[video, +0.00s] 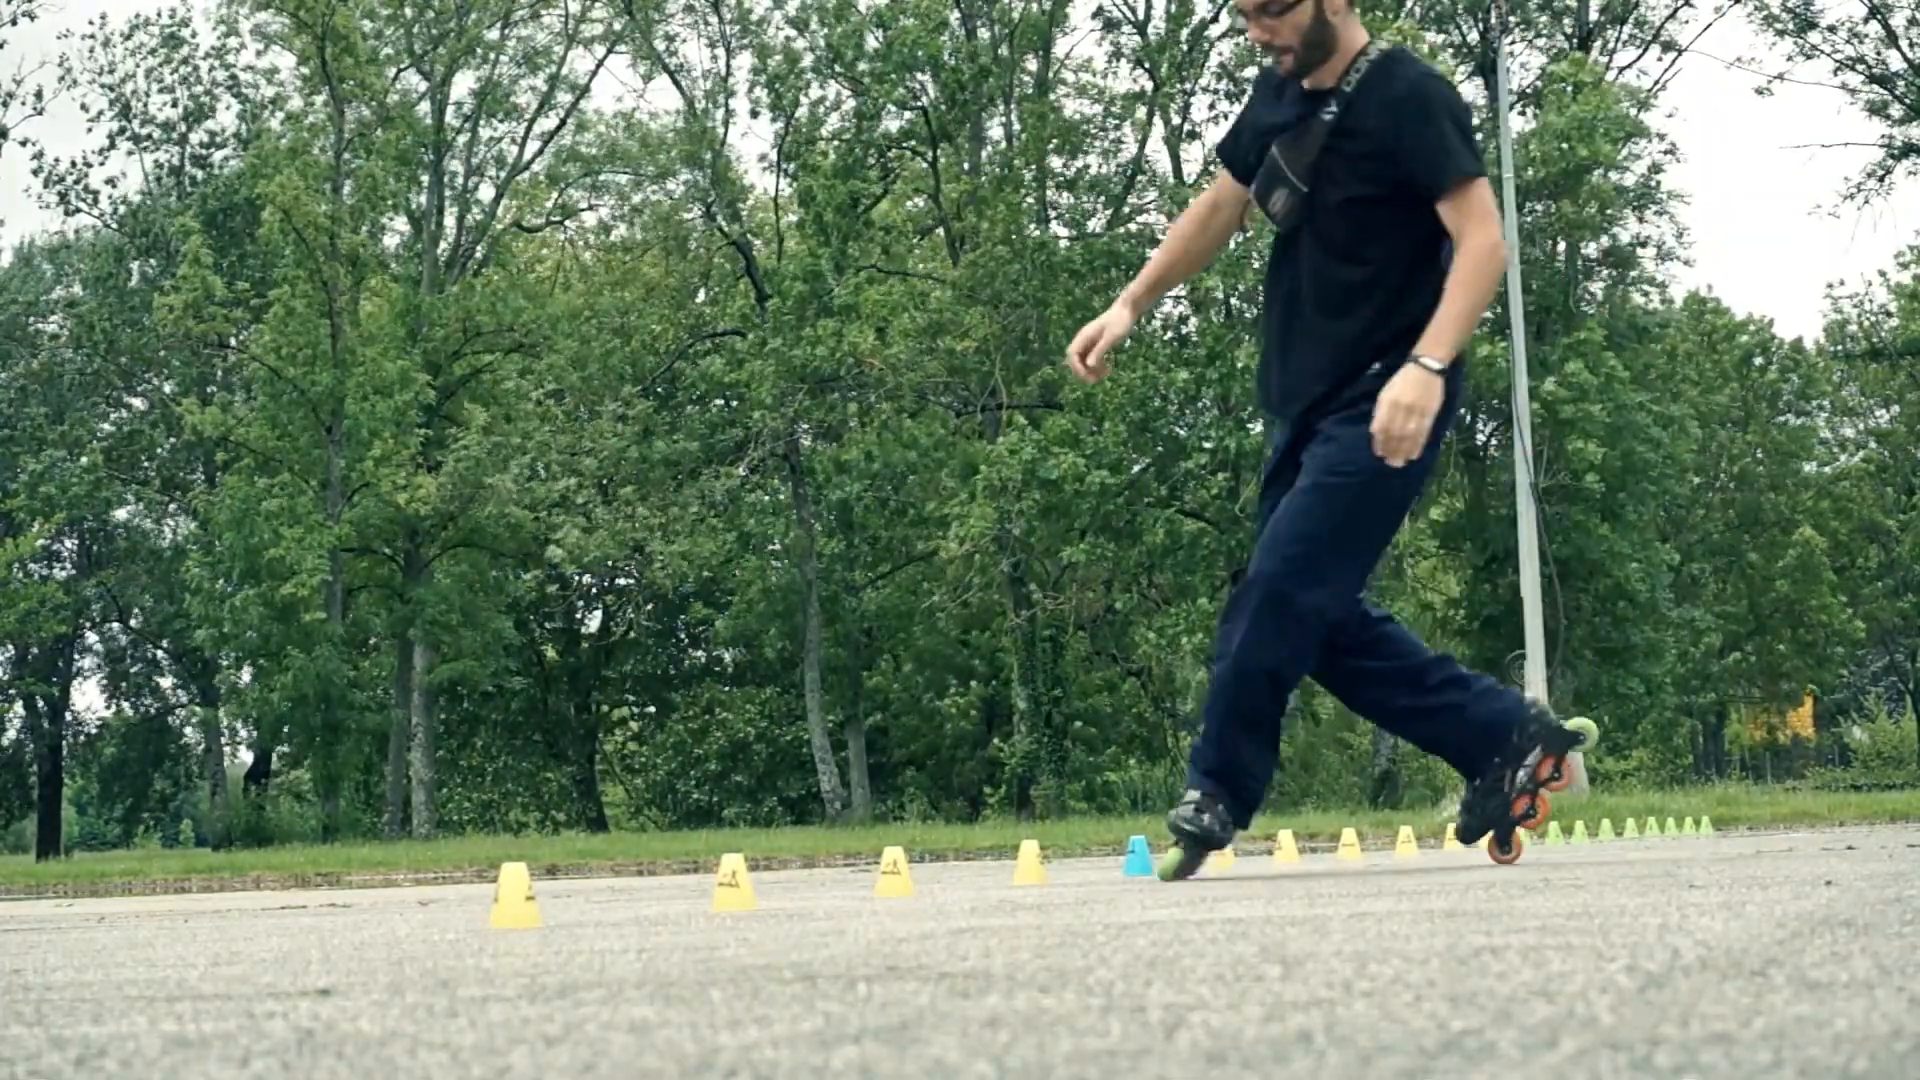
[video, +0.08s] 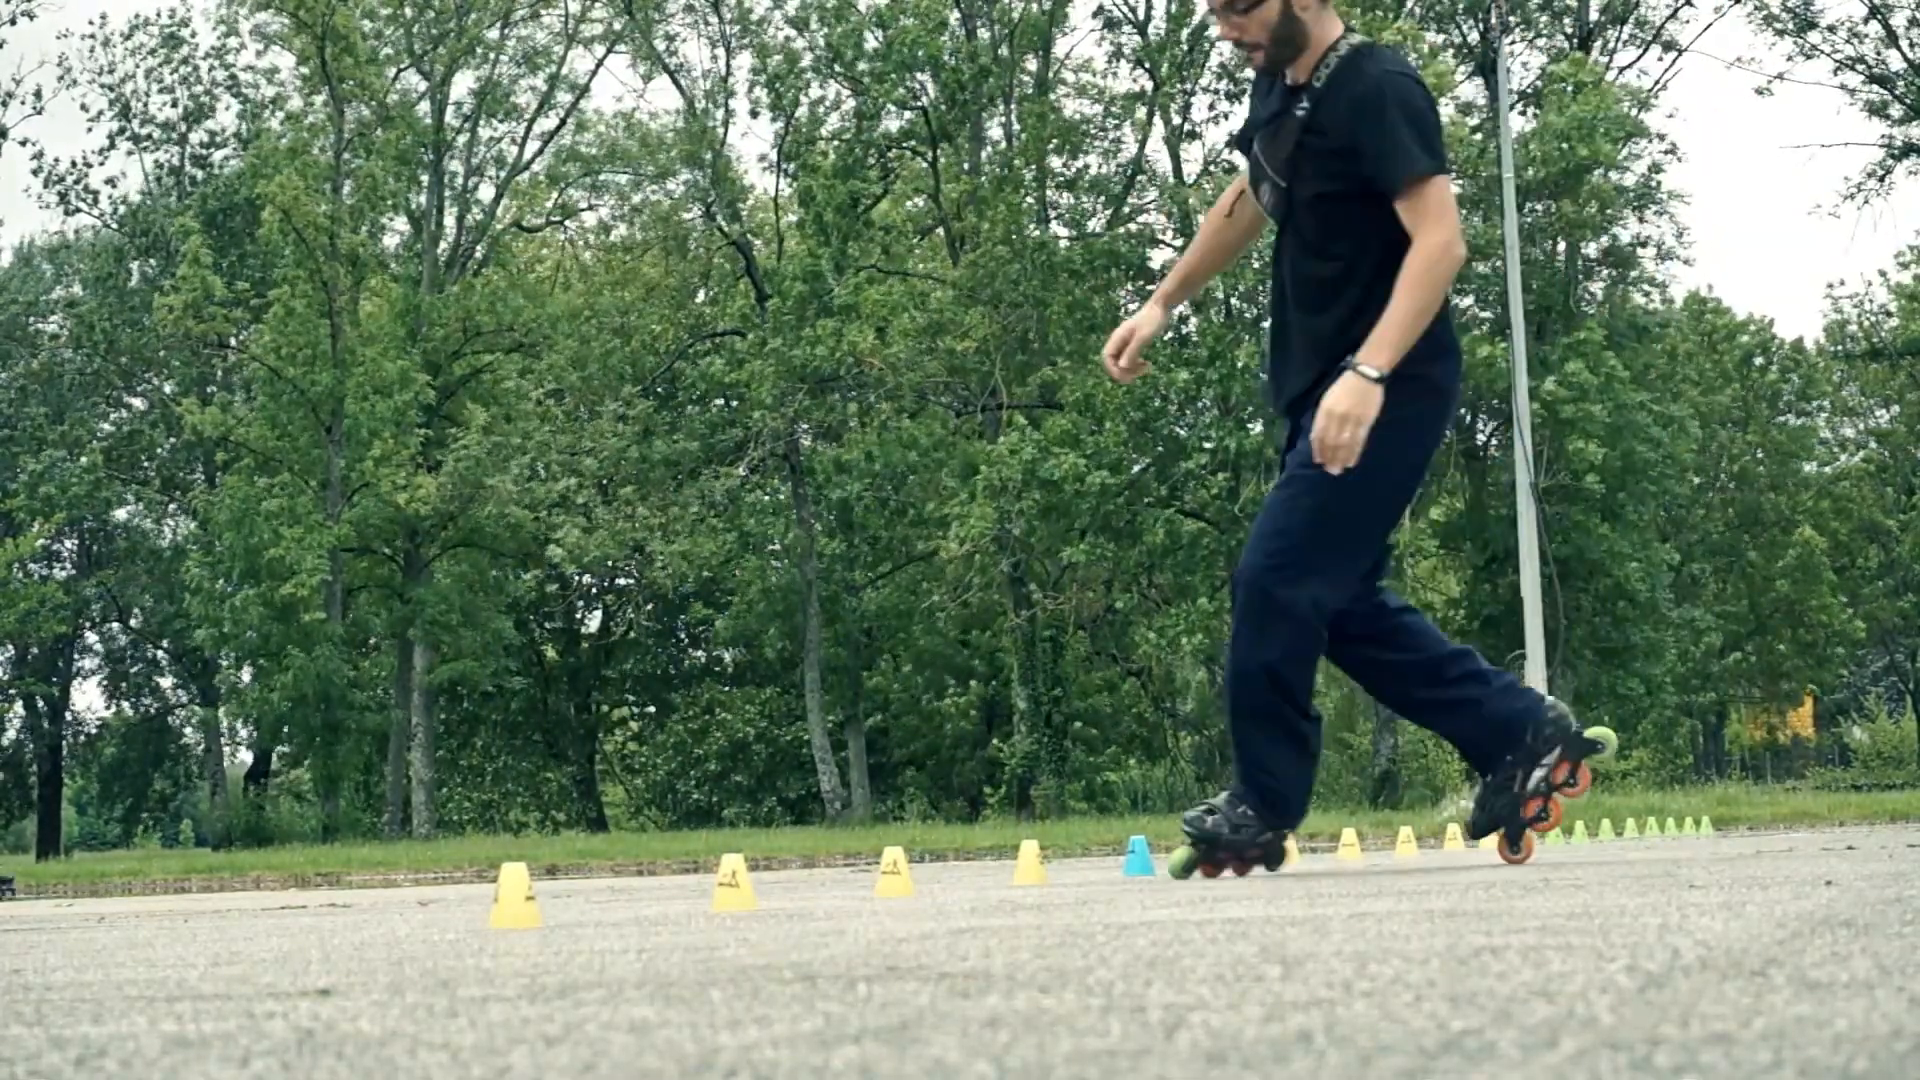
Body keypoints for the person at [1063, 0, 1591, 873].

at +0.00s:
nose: (1260, 33)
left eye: (1274, 14)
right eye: (1249, 19)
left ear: (1332, 1)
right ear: (1248, 16)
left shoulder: (1405, 90)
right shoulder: (1277, 96)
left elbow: (1483, 239)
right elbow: (1216, 208)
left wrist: (1429, 365)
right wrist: (1128, 306)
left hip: (1391, 394)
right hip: (1307, 410)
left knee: (1281, 584)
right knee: (1306, 611)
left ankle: (1217, 792)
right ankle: (1507, 740)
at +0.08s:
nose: (1224, 28)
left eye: (1239, 9)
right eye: (1216, 14)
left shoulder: (1377, 82)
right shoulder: (1278, 90)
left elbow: (1441, 242)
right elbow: (1246, 203)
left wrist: (1368, 373)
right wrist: (1159, 305)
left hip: (1386, 383)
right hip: (1320, 390)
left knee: (1274, 577)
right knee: (1335, 600)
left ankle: (1266, 805)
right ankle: (1520, 735)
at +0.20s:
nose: (1197, 26)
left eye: (1206, 6)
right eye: (1191, 12)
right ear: (1255, 10)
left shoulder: (1343, 73)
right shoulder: (1282, 89)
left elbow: (1392, 239)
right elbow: (1290, 200)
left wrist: (1308, 374)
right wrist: (1227, 290)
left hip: (1399, 359)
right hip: (1377, 362)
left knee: (1294, 571)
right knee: (1376, 581)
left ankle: (1377, 803)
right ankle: (1541, 737)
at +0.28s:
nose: (1186, 24)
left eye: (1194, 4)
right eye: (1181, 11)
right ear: (1258, 3)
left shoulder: (1318, 73)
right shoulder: (1324, 62)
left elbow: (1372, 233)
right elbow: (1335, 208)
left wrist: (1290, 374)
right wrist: (1283, 277)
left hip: (1396, 349)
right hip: (1438, 342)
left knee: (1340, 584)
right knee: (1399, 578)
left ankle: (1464, 799)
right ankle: (1539, 738)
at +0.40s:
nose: (1162, 27)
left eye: (1168, 5)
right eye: (1155, 12)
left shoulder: (1275, 70)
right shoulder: (1340, 49)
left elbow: (1328, 231)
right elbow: (1394, 213)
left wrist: (1273, 375)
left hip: (1407, 343)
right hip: (1469, 329)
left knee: (1413, 578)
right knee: (1351, 543)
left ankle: (1548, 794)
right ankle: (1448, 765)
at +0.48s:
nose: (1137, 32)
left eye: (1145, 9)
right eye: (1128, 17)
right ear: (1230, 0)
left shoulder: (1243, 71)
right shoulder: (1332, 49)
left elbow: (1295, 224)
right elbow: (1422, 163)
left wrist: (1255, 364)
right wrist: (1388, 266)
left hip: (1391, 324)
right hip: (1470, 310)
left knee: (1440, 566)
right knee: (1363, 559)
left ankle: (1574, 788)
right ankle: (1400, 779)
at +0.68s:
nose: (1071, 43)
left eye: (1071, 18)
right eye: (1059, 29)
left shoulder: (1159, 62)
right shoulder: (1287, 43)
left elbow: (1201, 213)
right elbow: (1400, 147)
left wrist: (1174, 361)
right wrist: (1453, 277)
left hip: (1327, 300)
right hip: (1422, 285)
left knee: (1363, 555)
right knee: (1402, 550)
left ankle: (1528, 703)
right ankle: (1427, 780)